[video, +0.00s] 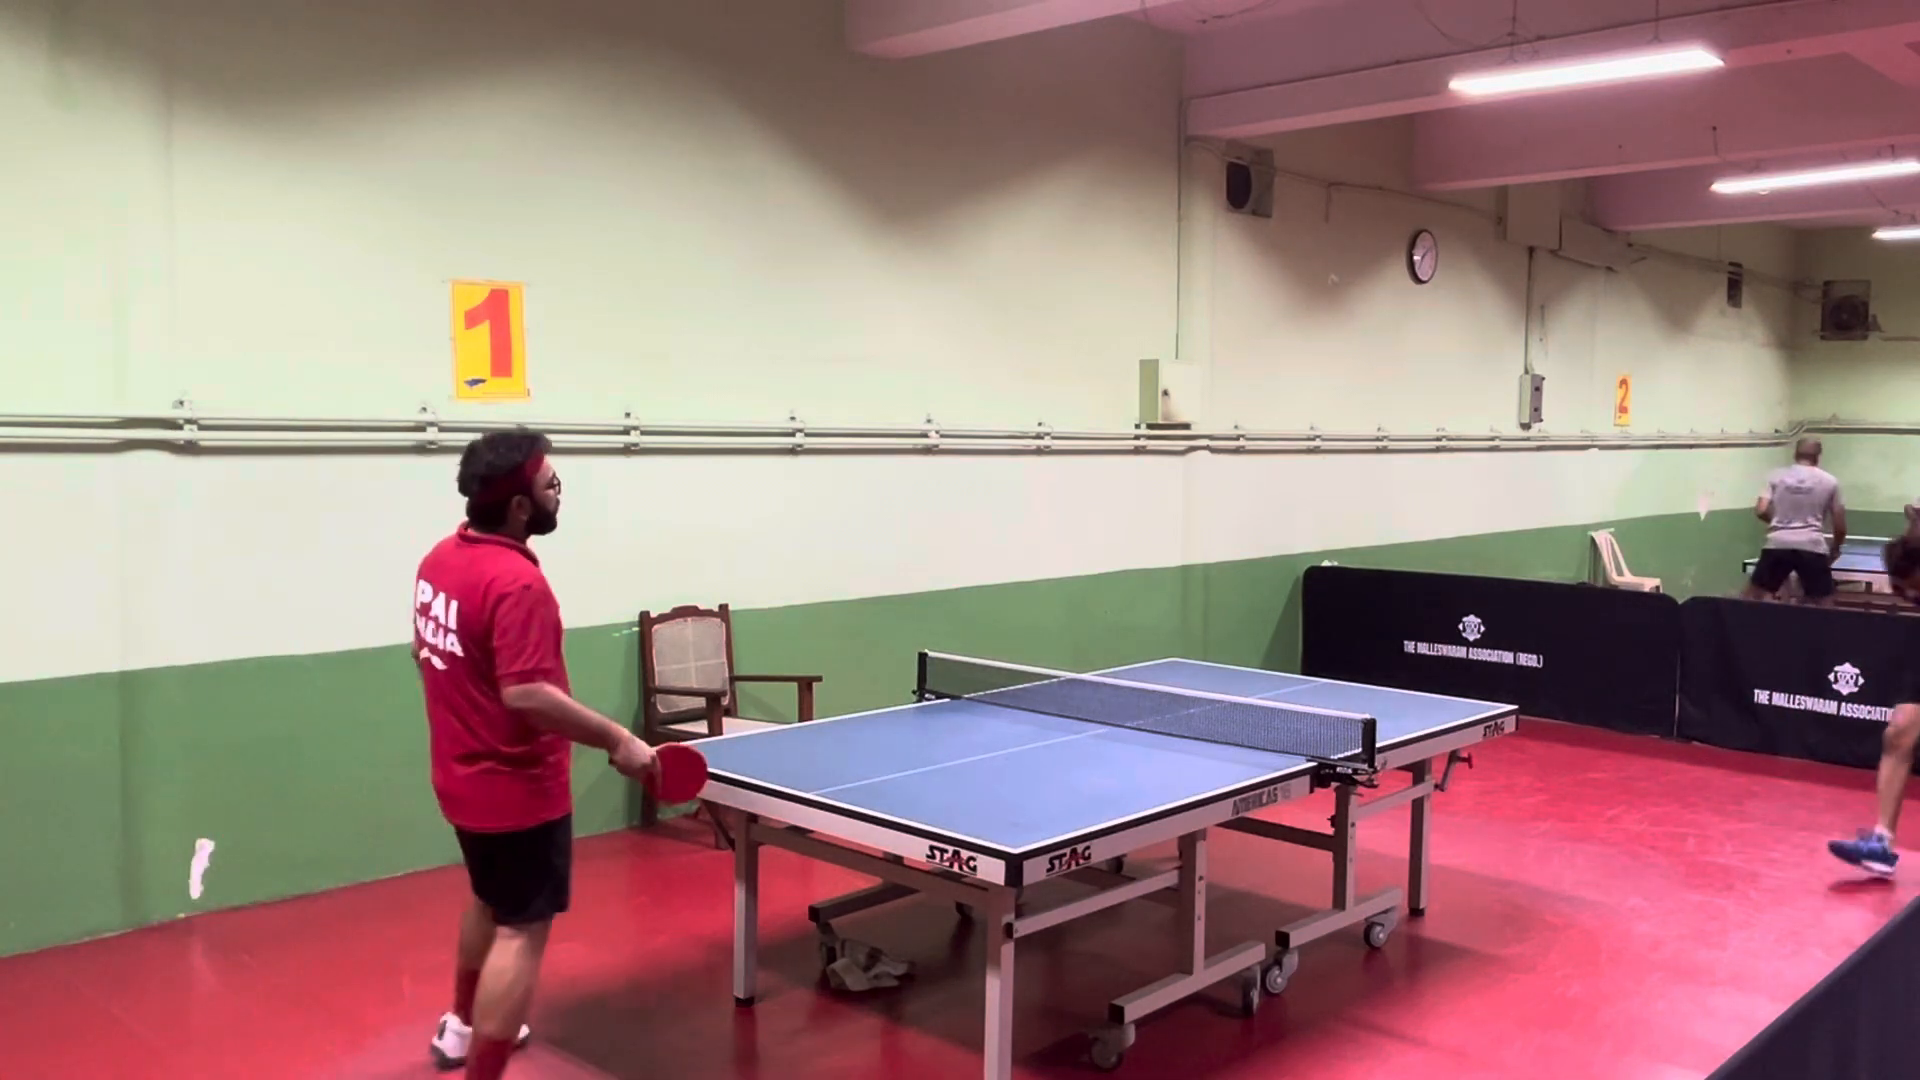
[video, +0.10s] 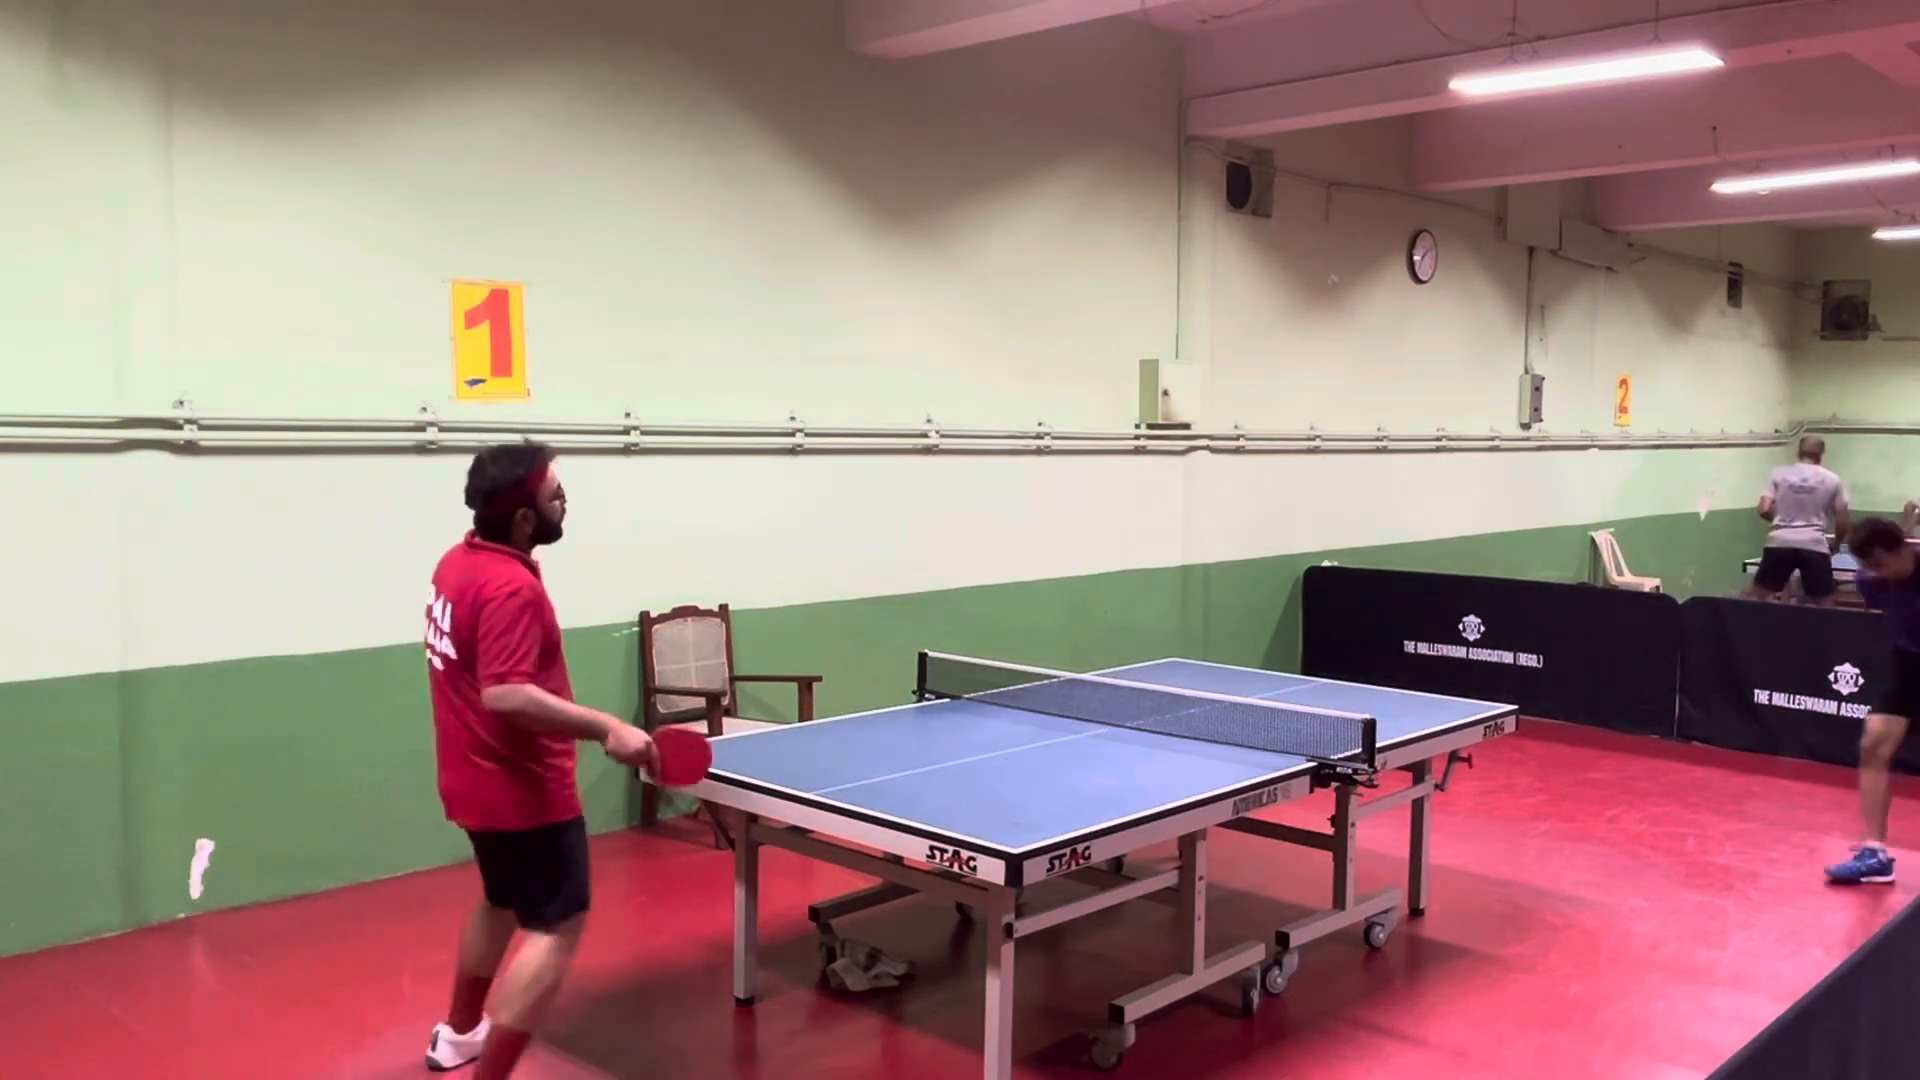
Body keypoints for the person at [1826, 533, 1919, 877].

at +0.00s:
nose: (1911, 597)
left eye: (1914, 589)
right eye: (1907, 591)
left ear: (1916, 578)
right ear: (1899, 584)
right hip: (1916, 682)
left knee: (1902, 733)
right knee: (1899, 731)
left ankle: (1883, 837)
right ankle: (1882, 837)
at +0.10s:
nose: (1874, 573)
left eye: (1878, 564)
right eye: (1869, 566)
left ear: (1898, 550)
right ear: (1868, 561)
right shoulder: (1873, 581)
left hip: (1911, 666)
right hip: (1906, 664)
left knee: (1877, 746)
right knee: (1874, 743)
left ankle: (1875, 849)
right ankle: (1875, 849)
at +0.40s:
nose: (1791, 518)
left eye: (1797, 509)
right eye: (1788, 510)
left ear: (1824, 502)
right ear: (1791, 508)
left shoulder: (1866, 544)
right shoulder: (1795, 545)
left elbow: (1913, 605)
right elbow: (1781, 606)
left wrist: (1915, 681)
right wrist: (1744, 641)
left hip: (1868, 652)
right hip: (1823, 652)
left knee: (1823, 739)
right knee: (1840, 751)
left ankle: (1864, 851)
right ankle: (1869, 853)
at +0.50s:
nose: (1762, 519)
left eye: (1770, 509)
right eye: (1759, 510)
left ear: (1800, 505)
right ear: (1761, 507)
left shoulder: (1837, 550)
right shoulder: (1767, 547)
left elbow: (1879, 614)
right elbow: (1741, 603)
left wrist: (1877, 687)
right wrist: (1699, 619)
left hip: (1831, 658)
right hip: (1794, 657)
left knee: (1785, 748)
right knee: (1832, 760)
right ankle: (1871, 850)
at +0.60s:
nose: (1735, 525)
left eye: (1743, 516)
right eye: (1732, 516)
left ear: (1772, 514)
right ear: (1735, 514)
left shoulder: (1805, 561)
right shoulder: (1739, 550)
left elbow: (1841, 632)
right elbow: (1707, 608)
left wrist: (1836, 706)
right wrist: (1658, 609)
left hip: (1793, 669)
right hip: (1758, 666)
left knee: (1738, 755)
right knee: (1802, 762)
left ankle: (1700, 866)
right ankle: (1862, 844)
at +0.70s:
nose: (1704, 534)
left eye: (1712, 526)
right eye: (1701, 525)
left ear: (1740, 524)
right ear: (1705, 522)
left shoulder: (1768, 571)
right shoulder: (1707, 554)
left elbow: (1791, 647)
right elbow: (1684, 608)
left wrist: (1791, 721)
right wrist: (1632, 607)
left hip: (1747, 676)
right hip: (1716, 671)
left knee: (1687, 756)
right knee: (1730, 767)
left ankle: (1688, 872)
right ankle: (1827, 826)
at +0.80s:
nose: (1673, 530)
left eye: (1681, 522)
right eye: (1670, 520)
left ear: (1709, 520)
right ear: (1671, 514)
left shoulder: (1735, 564)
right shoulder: (1677, 549)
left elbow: (1741, 646)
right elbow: (1666, 603)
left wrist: (1735, 720)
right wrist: (1619, 613)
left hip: (1714, 668)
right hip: (1683, 664)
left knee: (1666, 752)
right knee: (1666, 759)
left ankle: (1687, 871)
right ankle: (1757, 814)